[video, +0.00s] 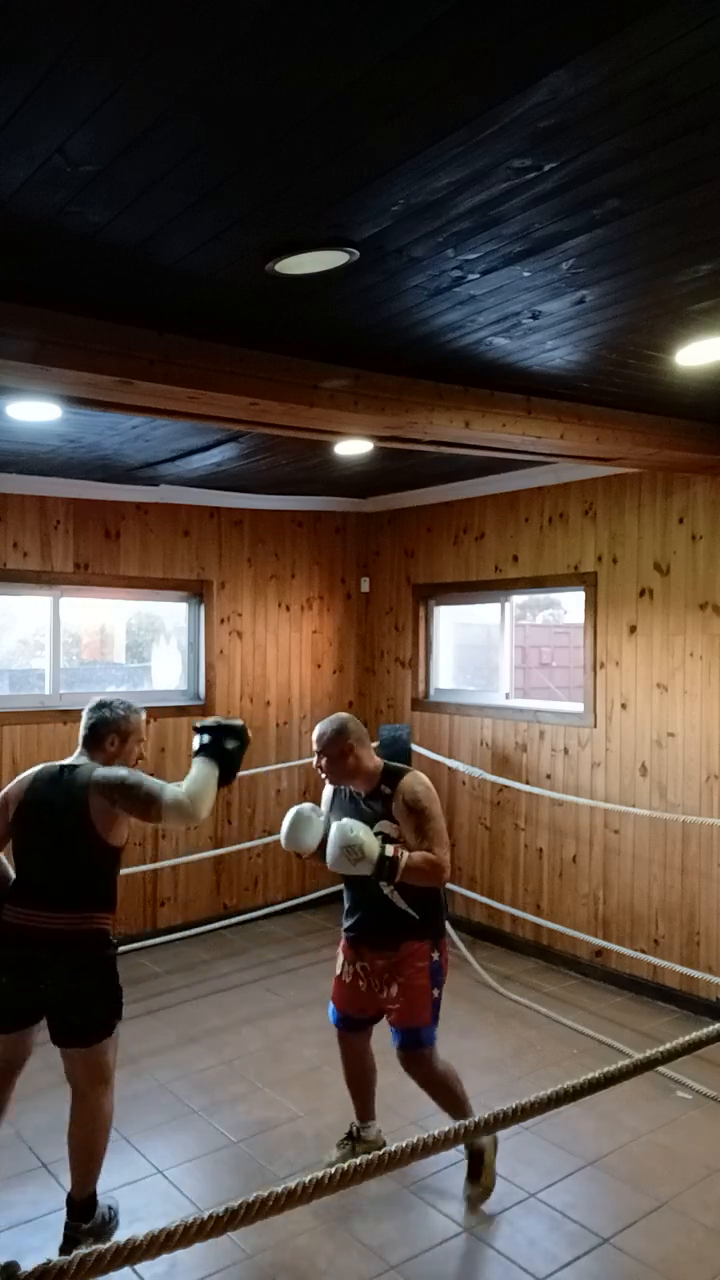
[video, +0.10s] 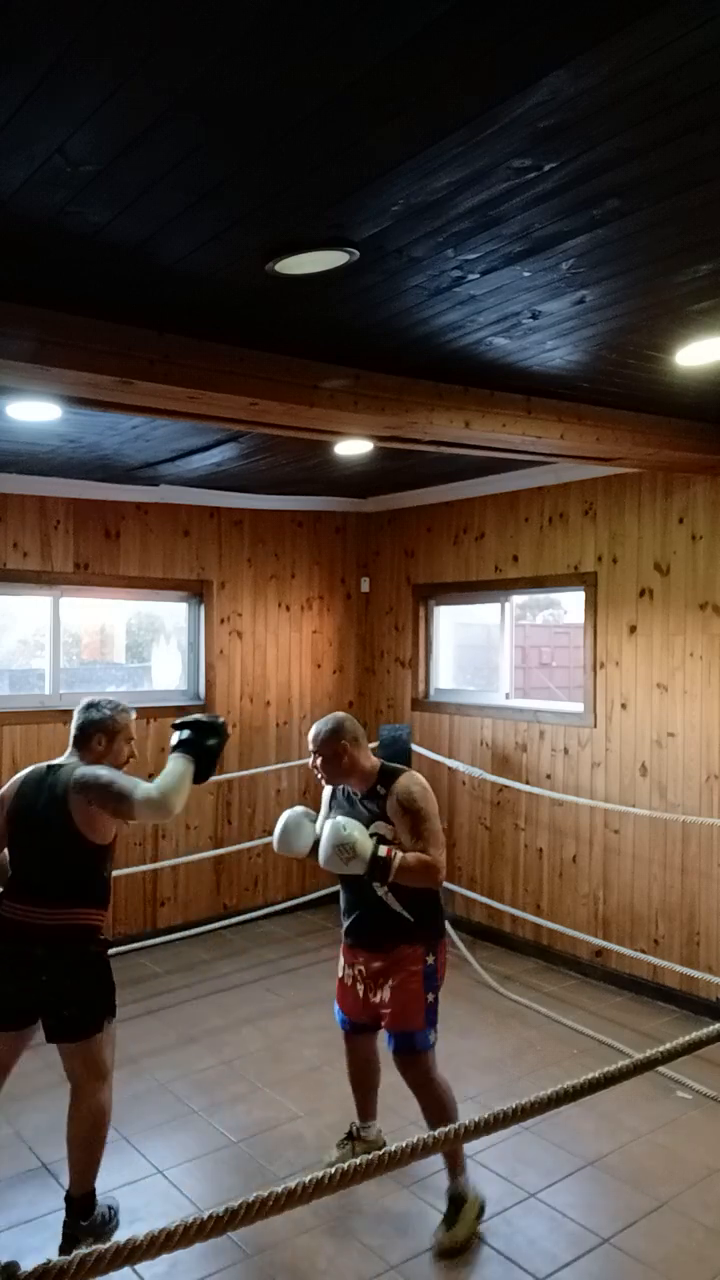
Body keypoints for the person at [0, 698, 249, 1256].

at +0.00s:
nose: (140, 752)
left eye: (141, 743)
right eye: (137, 742)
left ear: (87, 736)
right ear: (114, 741)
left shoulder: (28, 782)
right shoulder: (115, 783)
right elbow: (190, 806)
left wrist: (18, 888)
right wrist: (212, 755)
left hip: (15, 947)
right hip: (81, 955)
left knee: (5, 1068)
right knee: (91, 1083)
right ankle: (81, 1217)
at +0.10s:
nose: (132, 751)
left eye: (132, 741)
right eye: (127, 741)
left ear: (77, 737)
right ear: (102, 741)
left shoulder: (20, 783)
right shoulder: (99, 783)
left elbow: (1, 859)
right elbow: (163, 803)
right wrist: (186, 751)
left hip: (14, 953)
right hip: (74, 958)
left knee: (5, 1057)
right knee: (91, 1082)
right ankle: (80, 1215)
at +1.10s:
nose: (118, 739)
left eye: (121, 731)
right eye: (112, 731)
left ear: (117, 732)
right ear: (92, 728)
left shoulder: (111, 772)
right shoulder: (62, 772)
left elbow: (125, 814)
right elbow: (30, 793)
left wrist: (145, 859)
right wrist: (69, 751)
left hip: (95, 897)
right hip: (62, 899)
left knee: (69, 991)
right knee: (98, 1005)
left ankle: (39, 1068)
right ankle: (82, 1122)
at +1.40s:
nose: (116, 735)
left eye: (124, 727)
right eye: (110, 723)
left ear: (130, 730)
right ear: (93, 720)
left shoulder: (117, 770)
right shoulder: (65, 757)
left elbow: (123, 808)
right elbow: (51, 788)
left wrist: (149, 849)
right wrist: (100, 748)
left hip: (94, 890)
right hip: (59, 891)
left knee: (67, 984)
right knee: (85, 992)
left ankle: (39, 1068)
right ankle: (63, 1100)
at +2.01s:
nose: (146, 739)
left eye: (152, 731)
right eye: (139, 727)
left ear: (156, 737)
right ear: (120, 725)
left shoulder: (144, 775)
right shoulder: (91, 761)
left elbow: (146, 825)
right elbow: (73, 788)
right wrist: (118, 748)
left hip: (121, 882)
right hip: (77, 884)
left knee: (117, 965)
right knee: (102, 988)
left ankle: (100, 1037)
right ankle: (69, 1094)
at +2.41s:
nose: (145, 725)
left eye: (144, 719)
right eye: (143, 718)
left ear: (136, 722)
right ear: (124, 720)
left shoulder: (145, 761)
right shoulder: (84, 758)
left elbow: (167, 796)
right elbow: (44, 768)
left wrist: (147, 750)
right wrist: (83, 729)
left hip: (128, 873)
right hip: (84, 876)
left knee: (121, 961)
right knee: (94, 989)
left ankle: (99, 1036)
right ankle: (70, 1098)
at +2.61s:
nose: (134, 738)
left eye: (139, 730)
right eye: (128, 730)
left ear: (141, 735)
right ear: (111, 731)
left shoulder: (139, 772)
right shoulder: (85, 766)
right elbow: (49, 772)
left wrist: (144, 751)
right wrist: (93, 732)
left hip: (125, 878)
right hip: (79, 881)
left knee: (123, 960)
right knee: (91, 991)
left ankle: (97, 1036)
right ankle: (70, 1097)